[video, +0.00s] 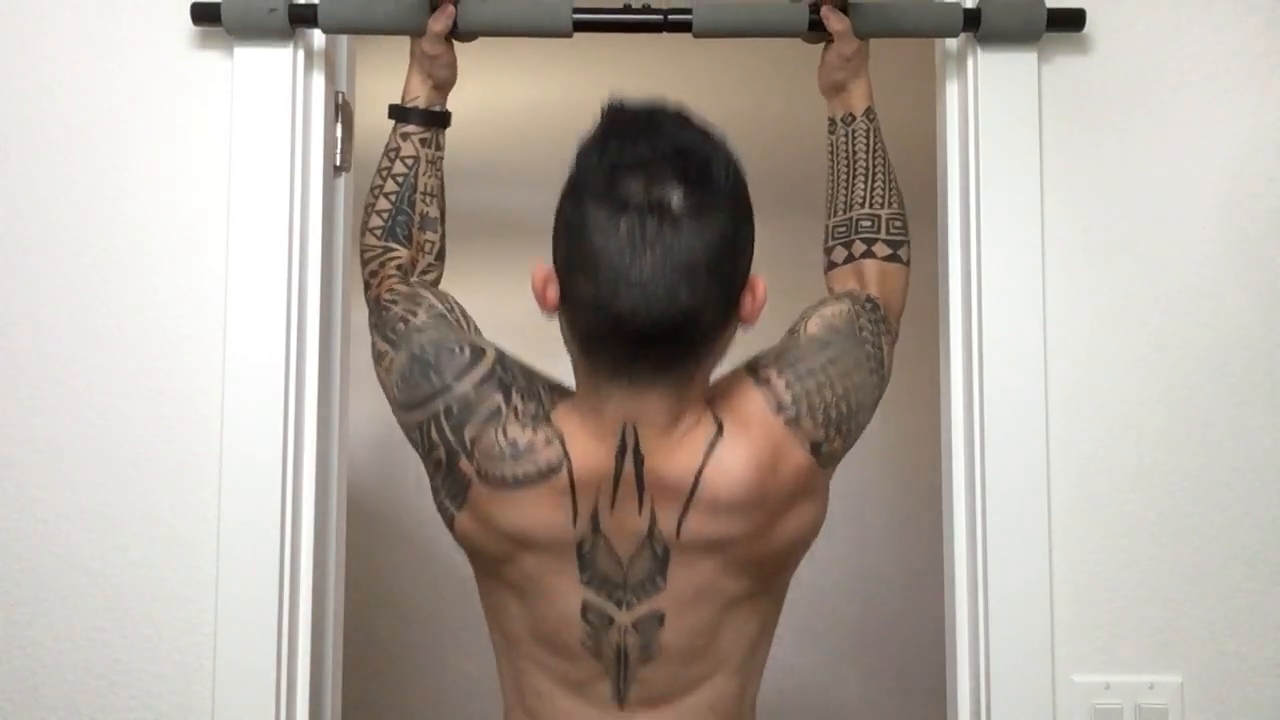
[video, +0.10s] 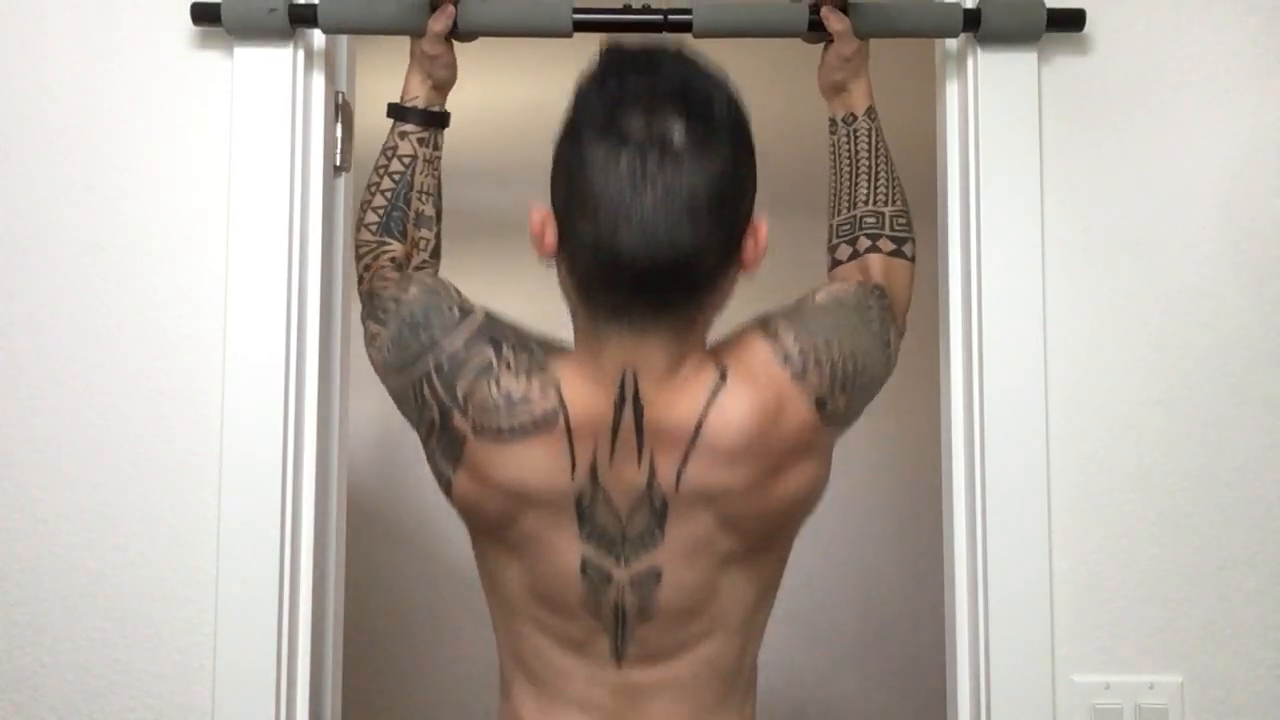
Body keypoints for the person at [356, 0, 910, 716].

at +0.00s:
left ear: (547, 295)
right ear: (750, 303)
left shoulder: (495, 453)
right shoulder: (774, 448)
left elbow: (395, 274)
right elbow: (869, 288)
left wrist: (424, 90)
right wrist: (852, 98)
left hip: (534, 714)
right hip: (717, 713)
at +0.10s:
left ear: (545, 238)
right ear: (752, 247)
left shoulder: (487, 405)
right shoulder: (782, 400)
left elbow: (388, 262)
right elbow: (877, 272)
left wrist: (422, 91)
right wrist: (851, 97)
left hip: (534, 709)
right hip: (718, 710)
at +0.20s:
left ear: (540, 168)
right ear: (752, 174)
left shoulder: (479, 348)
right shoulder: (793, 341)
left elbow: (381, 260)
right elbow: (890, 263)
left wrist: (422, 89)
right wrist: (853, 95)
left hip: (536, 704)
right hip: (712, 704)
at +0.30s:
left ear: (538, 93)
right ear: (748, 95)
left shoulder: (470, 282)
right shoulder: (797, 274)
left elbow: (369, 262)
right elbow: (903, 273)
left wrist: (420, 90)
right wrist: (854, 97)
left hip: (529, 697)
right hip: (718, 696)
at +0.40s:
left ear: (538, 24)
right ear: (745, 27)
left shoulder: (457, 207)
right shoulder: (798, 204)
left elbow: (365, 280)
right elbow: (899, 297)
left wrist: (419, 89)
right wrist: (855, 96)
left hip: (532, 673)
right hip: (719, 676)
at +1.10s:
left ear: (542, 130)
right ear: (751, 131)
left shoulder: (474, 313)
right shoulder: (801, 312)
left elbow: (379, 263)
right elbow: (898, 263)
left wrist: (422, 92)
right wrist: (853, 94)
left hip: (534, 699)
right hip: (723, 698)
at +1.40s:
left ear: (537, 246)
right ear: (747, 247)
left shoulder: (488, 424)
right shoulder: (785, 413)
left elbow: (396, 266)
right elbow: (882, 267)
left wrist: (424, 89)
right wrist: (851, 96)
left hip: (533, 711)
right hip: (722, 711)